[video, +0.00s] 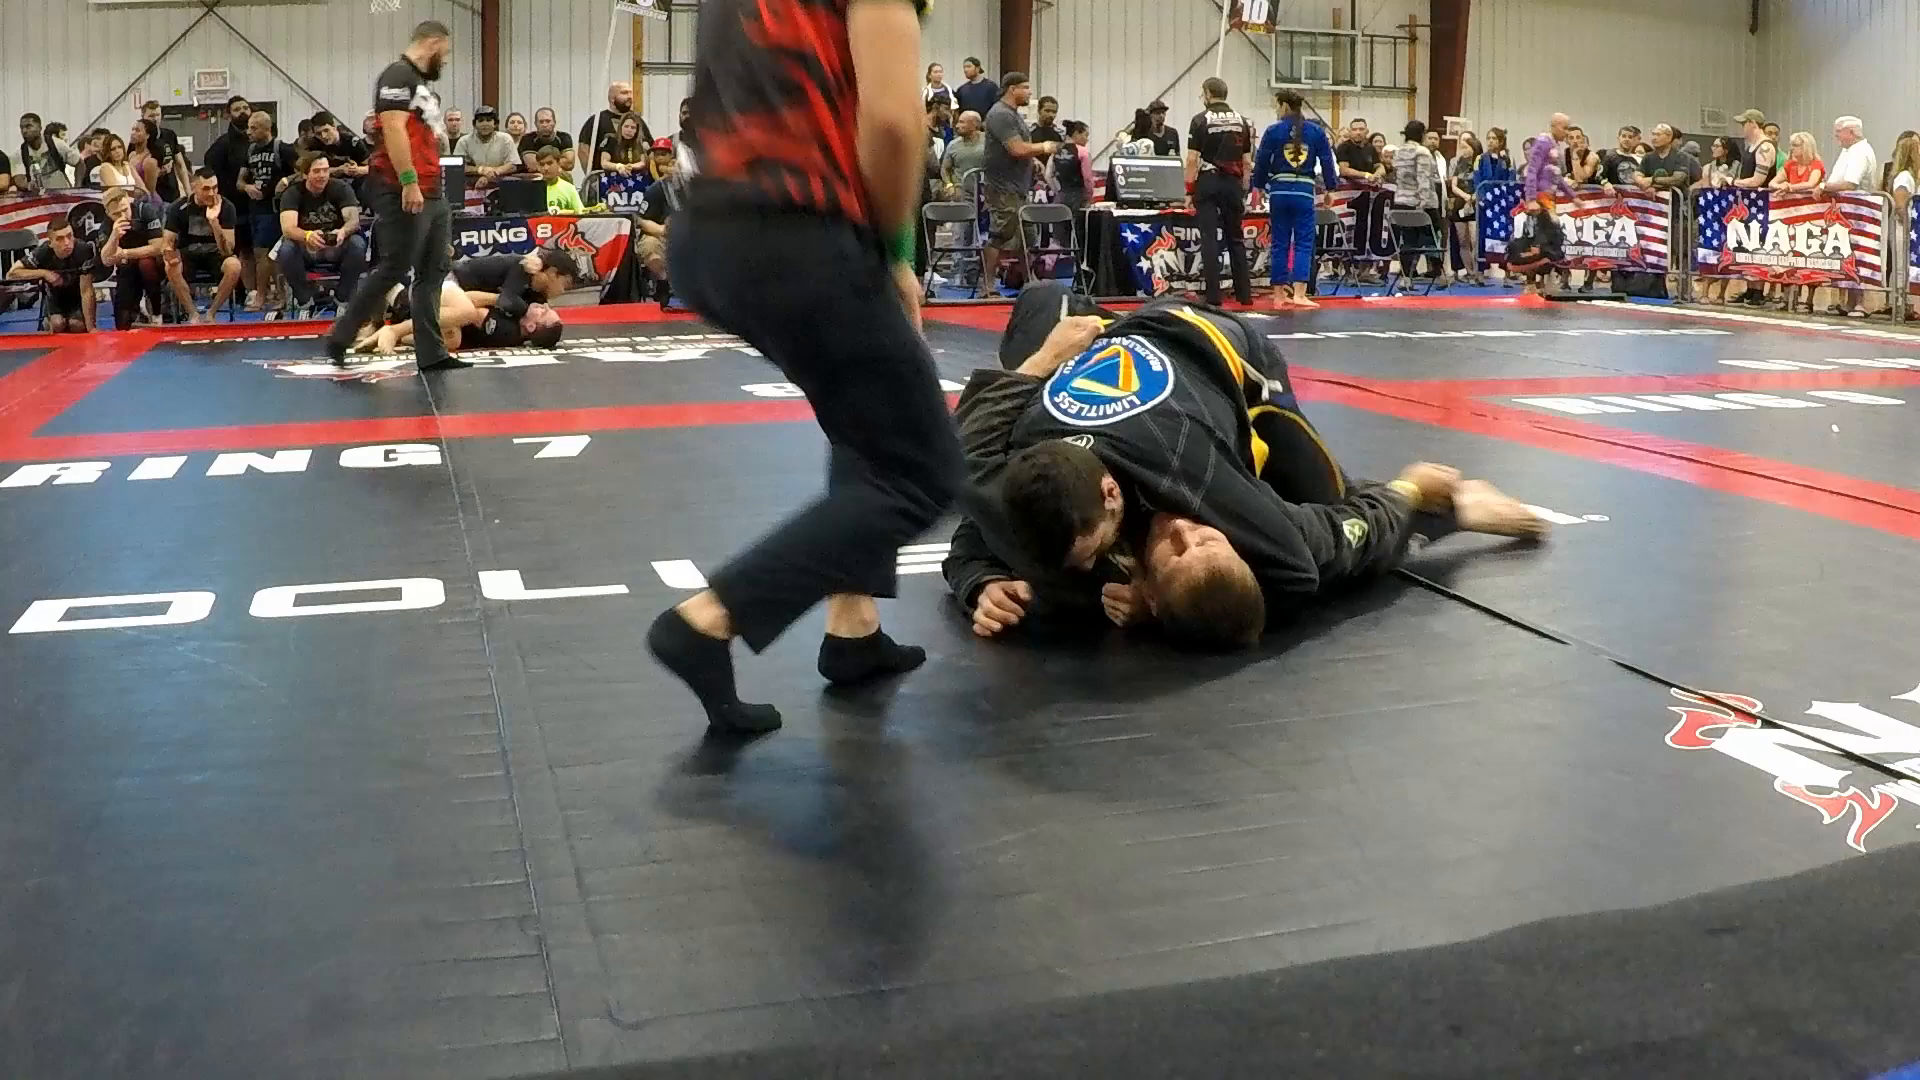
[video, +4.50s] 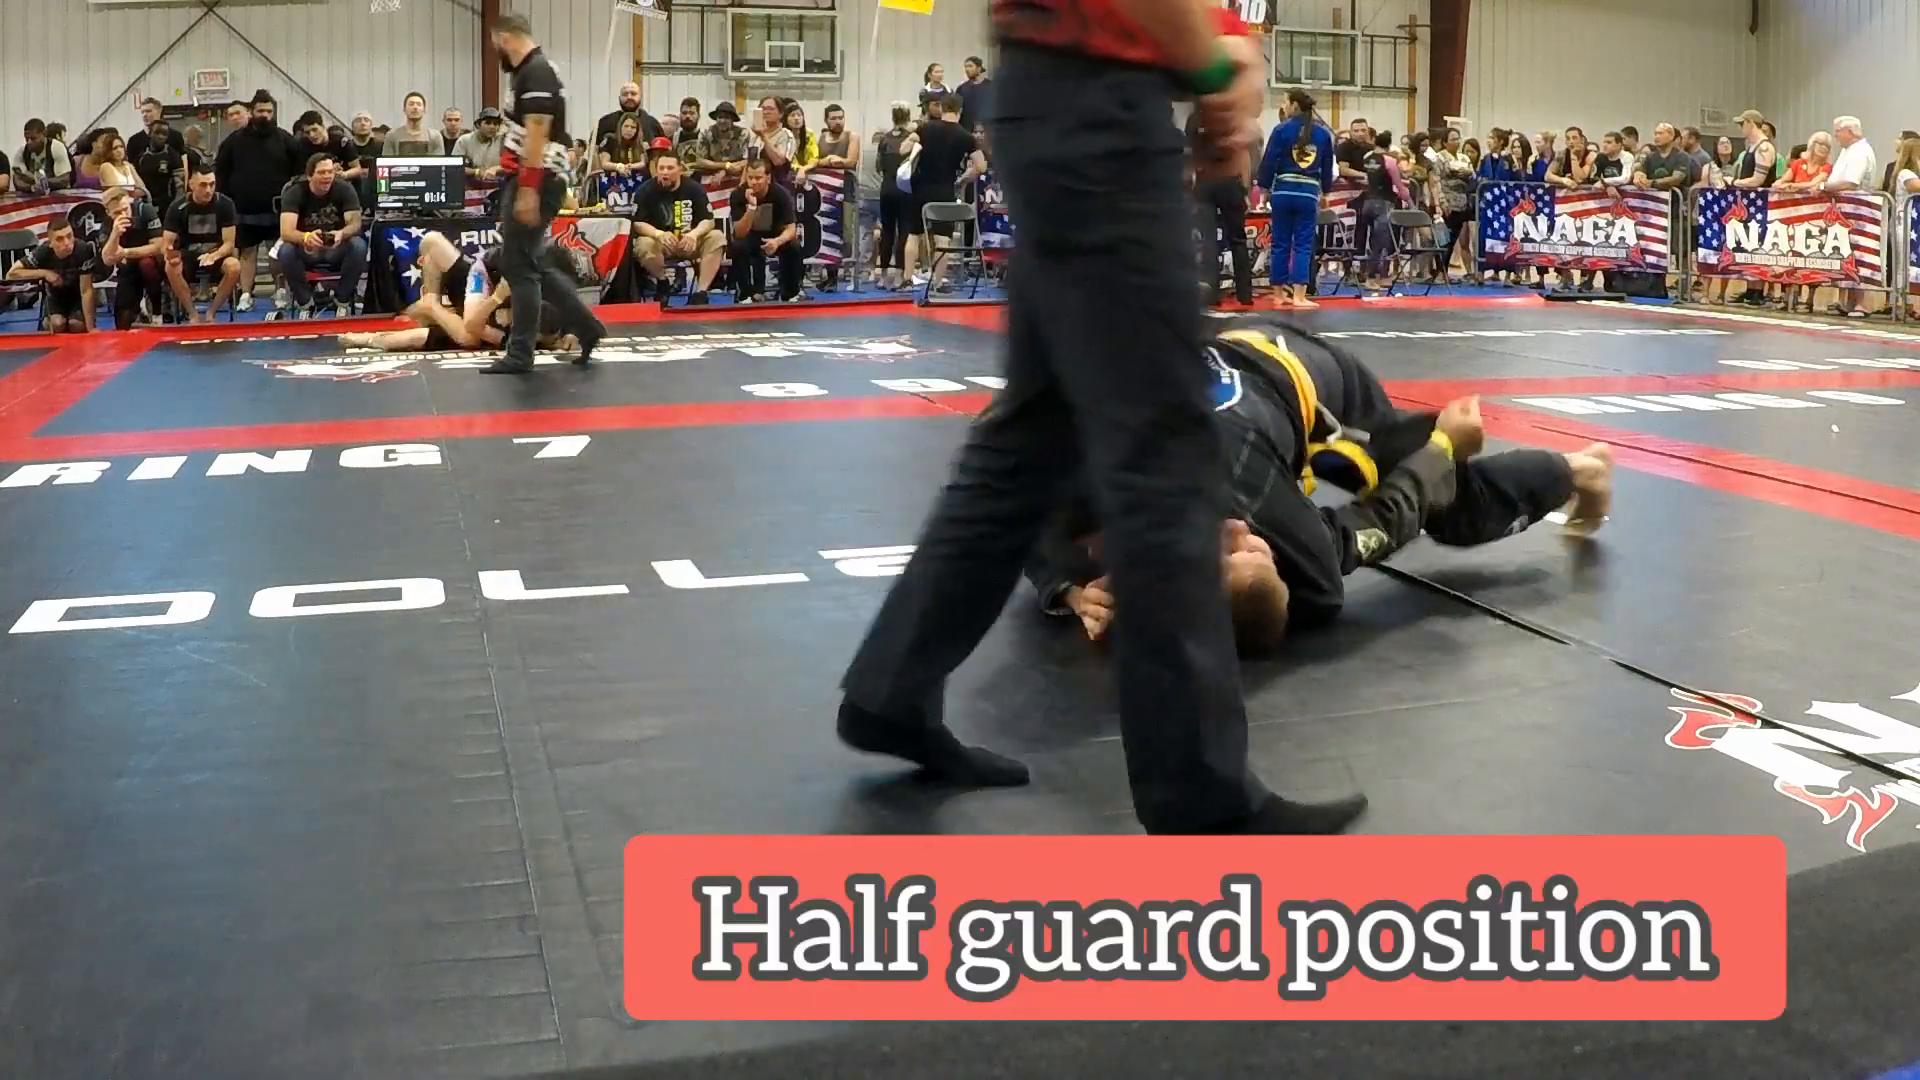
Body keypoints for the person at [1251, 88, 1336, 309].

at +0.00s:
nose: (1277, 109)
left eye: (1278, 106)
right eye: (1278, 106)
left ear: (1284, 106)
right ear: (1299, 106)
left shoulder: (1274, 130)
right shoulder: (1316, 130)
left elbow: (1261, 162)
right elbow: (1327, 162)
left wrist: (1258, 187)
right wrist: (1330, 189)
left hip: (1279, 194)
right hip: (1304, 195)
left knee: (1280, 242)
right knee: (1304, 243)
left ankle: (1279, 294)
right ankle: (1299, 294)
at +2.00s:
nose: (1288, 106)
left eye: (1289, 103)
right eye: (1289, 103)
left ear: (1293, 104)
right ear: (1310, 104)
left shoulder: (1283, 129)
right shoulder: (1323, 130)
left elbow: (1269, 160)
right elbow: (1341, 159)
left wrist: (1264, 183)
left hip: (1283, 192)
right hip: (1308, 195)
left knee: (1280, 242)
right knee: (1304, 243)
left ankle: (1279, 294)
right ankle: (1299, 297)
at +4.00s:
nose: (1284, 107)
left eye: (1286, 103)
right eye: (1285, 103)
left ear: (1295, 106)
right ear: (1306, 106)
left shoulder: (1282, 130)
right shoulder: (1323, 132)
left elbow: (1270, 161)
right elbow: (1327, 166)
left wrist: (1265, 188)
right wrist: (1325, 192)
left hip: (1283, 190)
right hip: (1309, 193)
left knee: (1281, 242)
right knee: (1304, 243)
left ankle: (1278, 293)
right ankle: (1299, 295)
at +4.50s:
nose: (1283, 106)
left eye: (1286, 103)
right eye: (1285, 102)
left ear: (1295, 105)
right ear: (1307, 107)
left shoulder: (1282, 129)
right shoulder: (1323, 132)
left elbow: (1269, 160)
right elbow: (1327, 166)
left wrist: (1264, 186)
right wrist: (1325, 190)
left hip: (1283, 190)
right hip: (1309, 193)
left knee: (1281, 242)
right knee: (1303, 243)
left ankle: (1278, 293)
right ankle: (1299, 296)